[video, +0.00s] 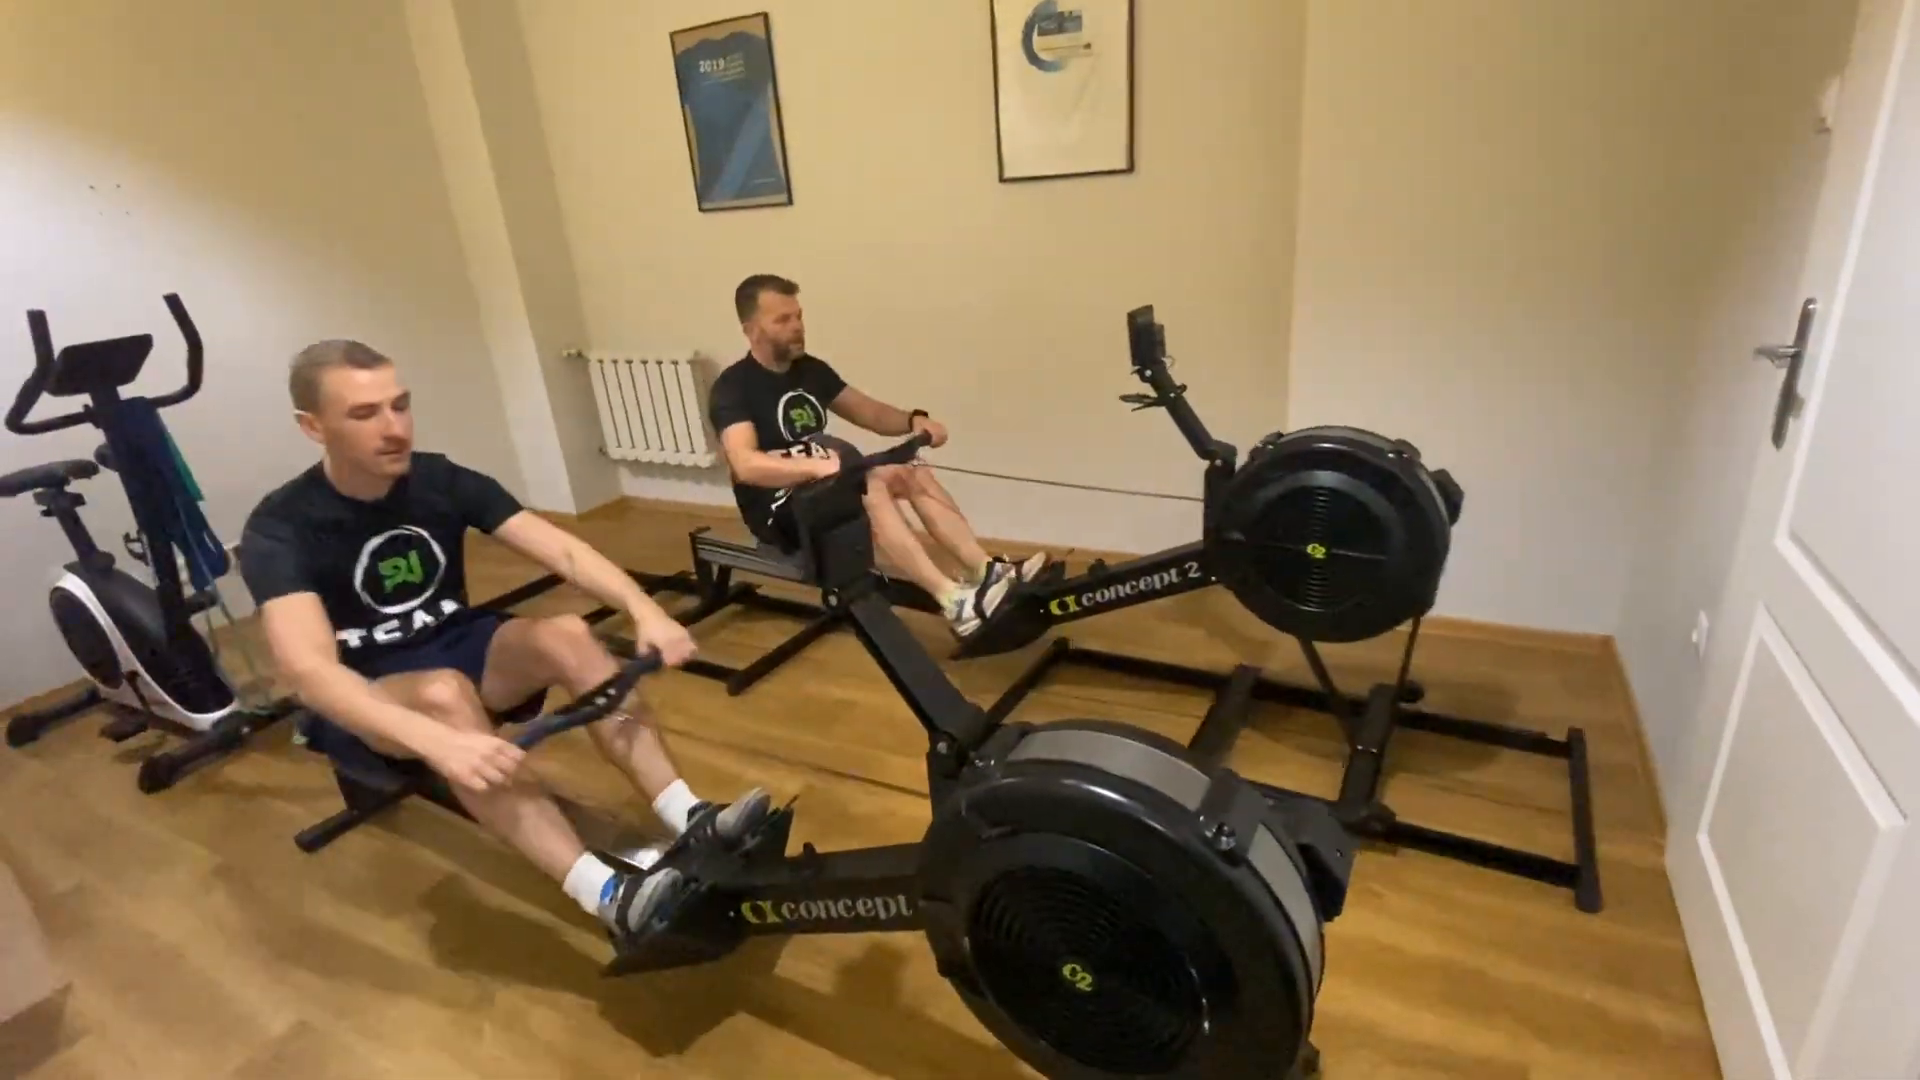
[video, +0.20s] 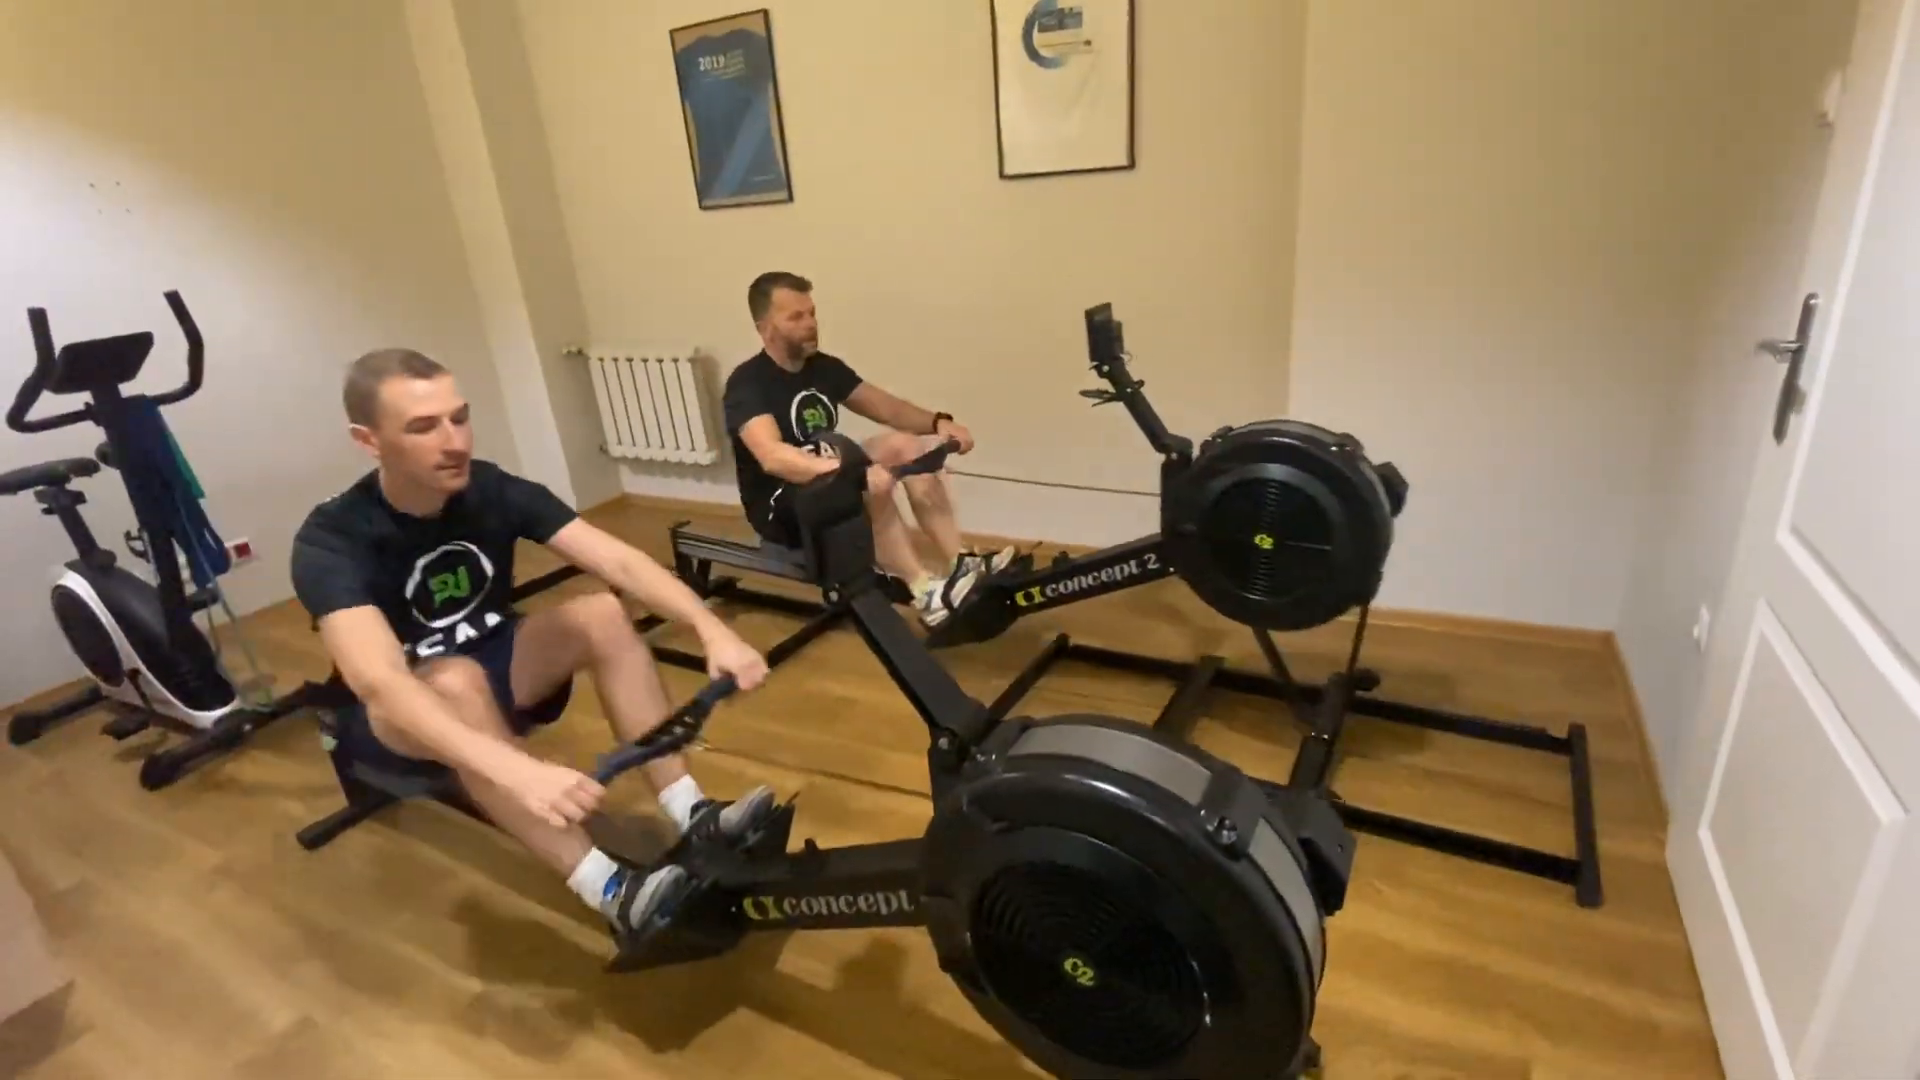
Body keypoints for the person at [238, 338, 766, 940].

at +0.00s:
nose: (394, 427)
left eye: (400, 406)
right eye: (366, 414)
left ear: (409, 402)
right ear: (314, 428)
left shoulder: (439, 481)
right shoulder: (282, 528)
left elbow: (563, 552)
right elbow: (307, 670)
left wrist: (644, 610)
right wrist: (436, 744)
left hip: (457, 649)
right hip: (363, 684)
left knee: (565, 636)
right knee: (445, 697)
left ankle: (691, 821)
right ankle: (610, 896)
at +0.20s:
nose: (454, 442)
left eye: (459, 418)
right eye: (425, 428)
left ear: (469, 412)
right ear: (369, 442)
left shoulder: (490, 490)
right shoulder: (333, 541)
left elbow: (616, 560)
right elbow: (382, 689)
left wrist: (712, 629)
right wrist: (517, 772)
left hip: (489, 666)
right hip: (391, 708)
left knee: (602, 613)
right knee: (456, 678)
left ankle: (693, 818)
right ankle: (612, 890)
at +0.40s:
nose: (518, 453)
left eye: (522, 428)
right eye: (489, 439)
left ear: (530, 422)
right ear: (430, 454)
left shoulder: (552, 501)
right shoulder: (392, 555)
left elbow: (683, 571)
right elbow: (456, 708)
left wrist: (790, 645)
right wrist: (606, 799)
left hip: (527, 689)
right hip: (428, 734)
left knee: (635, 602)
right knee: (478, 669)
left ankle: (689, 803)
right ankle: (617, 888)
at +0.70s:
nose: (585, 466)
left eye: (587, 441)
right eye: (553, 450)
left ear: (596, 438)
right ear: (489, 467)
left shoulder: (614, 519)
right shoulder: (451, 580)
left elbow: (749, 584)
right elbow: (553, 715)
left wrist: (868, 651)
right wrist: (706, 817)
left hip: (573, 725)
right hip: (472, 772)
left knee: (659, 593)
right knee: (508, 689)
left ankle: (691, 803)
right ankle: (615, 881)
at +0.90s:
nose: (552, 453)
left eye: (554, 427)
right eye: (522, 438)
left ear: (562, 422)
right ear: (459, 452)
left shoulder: (578, 503)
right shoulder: (424, 564)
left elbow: (713, 568)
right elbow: (527, 678)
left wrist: (834, 625)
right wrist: (682, 775)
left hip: (552, 721)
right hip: (456, 763)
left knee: (641, 590)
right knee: (491, 677)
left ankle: (699, 822)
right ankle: (614, 880)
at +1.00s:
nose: (490, 431)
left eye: (494, 408)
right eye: (461, 417)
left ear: (503, 404)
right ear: (401, 429)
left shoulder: (524, 488)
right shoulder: (368, 548)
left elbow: (650, 547)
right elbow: (466, 642)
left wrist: (769, 600)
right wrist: (592, 727)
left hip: (516, 691)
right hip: (417, 735)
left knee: (615, 592)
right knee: (476, 666)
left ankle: (693, 808)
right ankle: (612, 883)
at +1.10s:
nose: (437, 416)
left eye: (442, 394)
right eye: (408, 403)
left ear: (452, 391)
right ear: (354, 419)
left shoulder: (485, 479)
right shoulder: (326, 534)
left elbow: (603, 532)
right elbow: (420, 626)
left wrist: (713, 583)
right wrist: (539, 699)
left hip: (492, 654)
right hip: (390, 703)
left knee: (597, 597)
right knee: (468, 680)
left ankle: (692, 809)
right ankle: (611, 885)